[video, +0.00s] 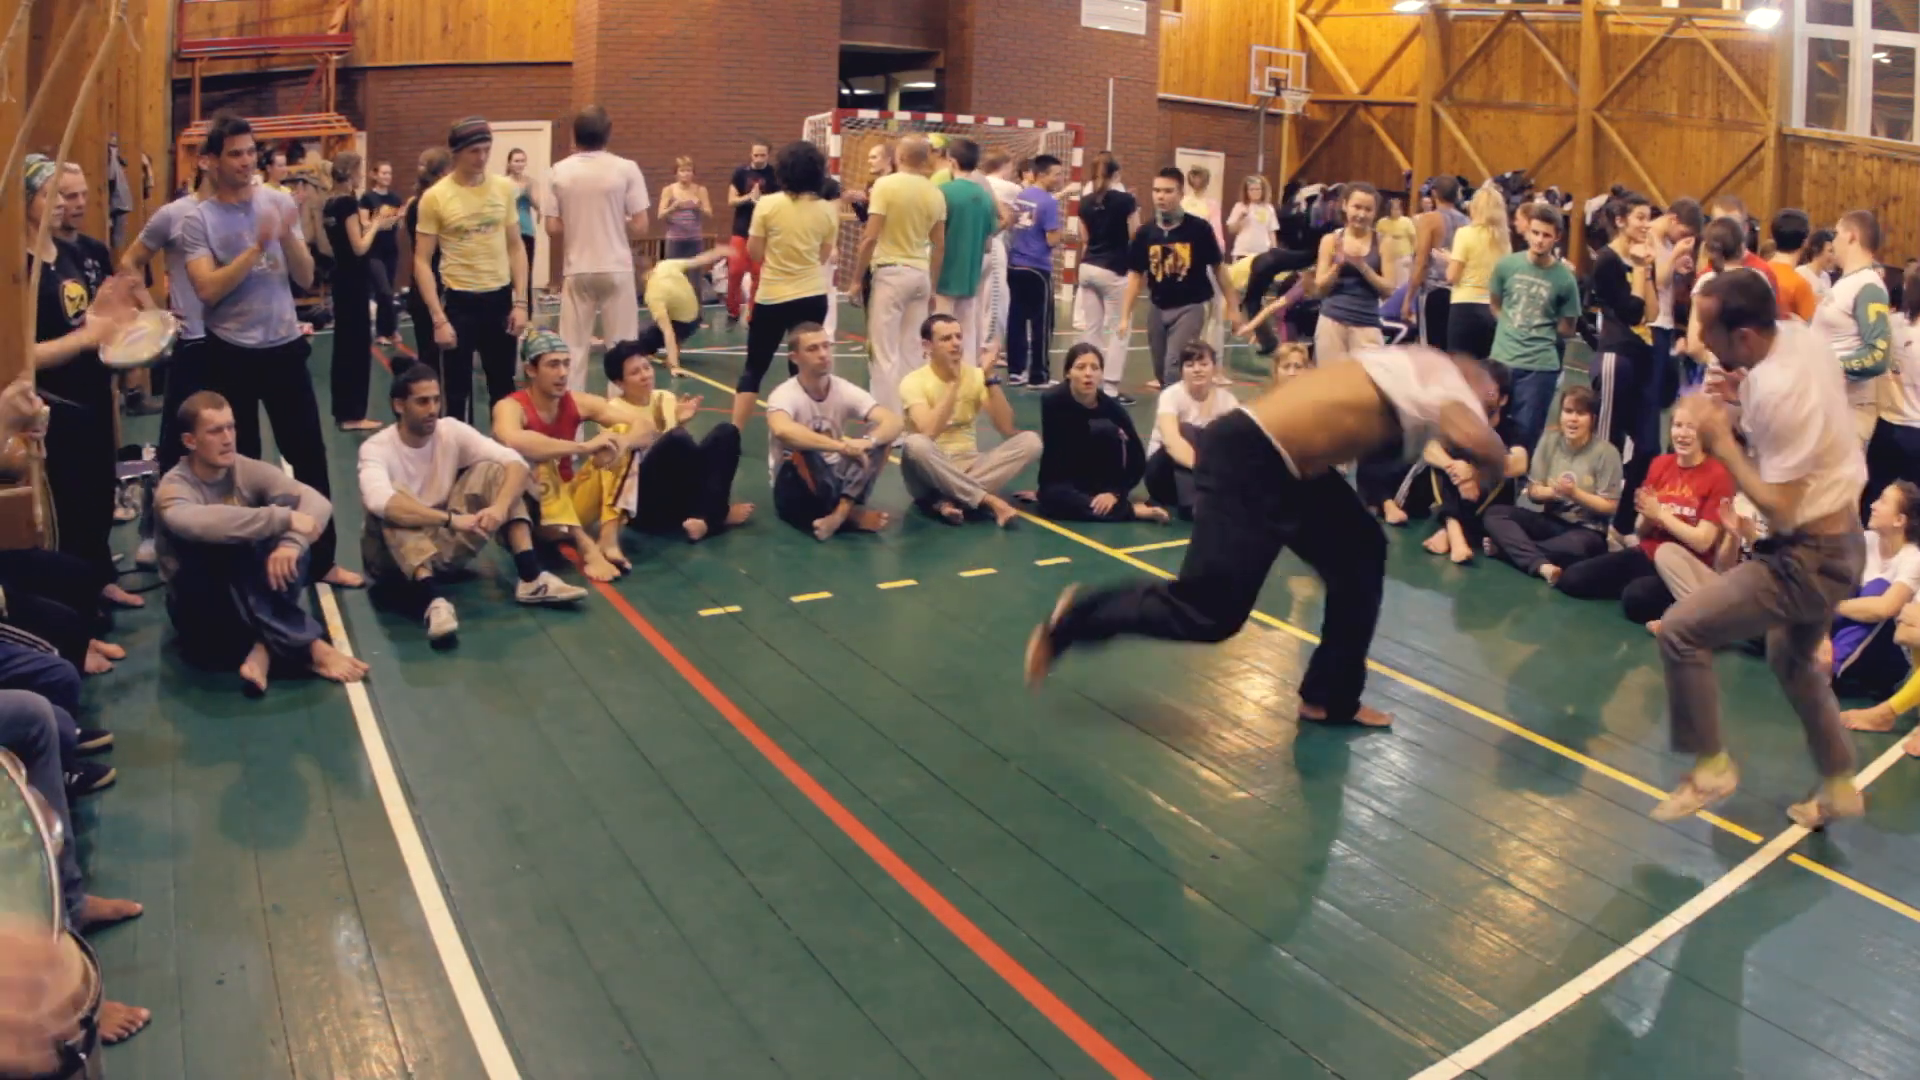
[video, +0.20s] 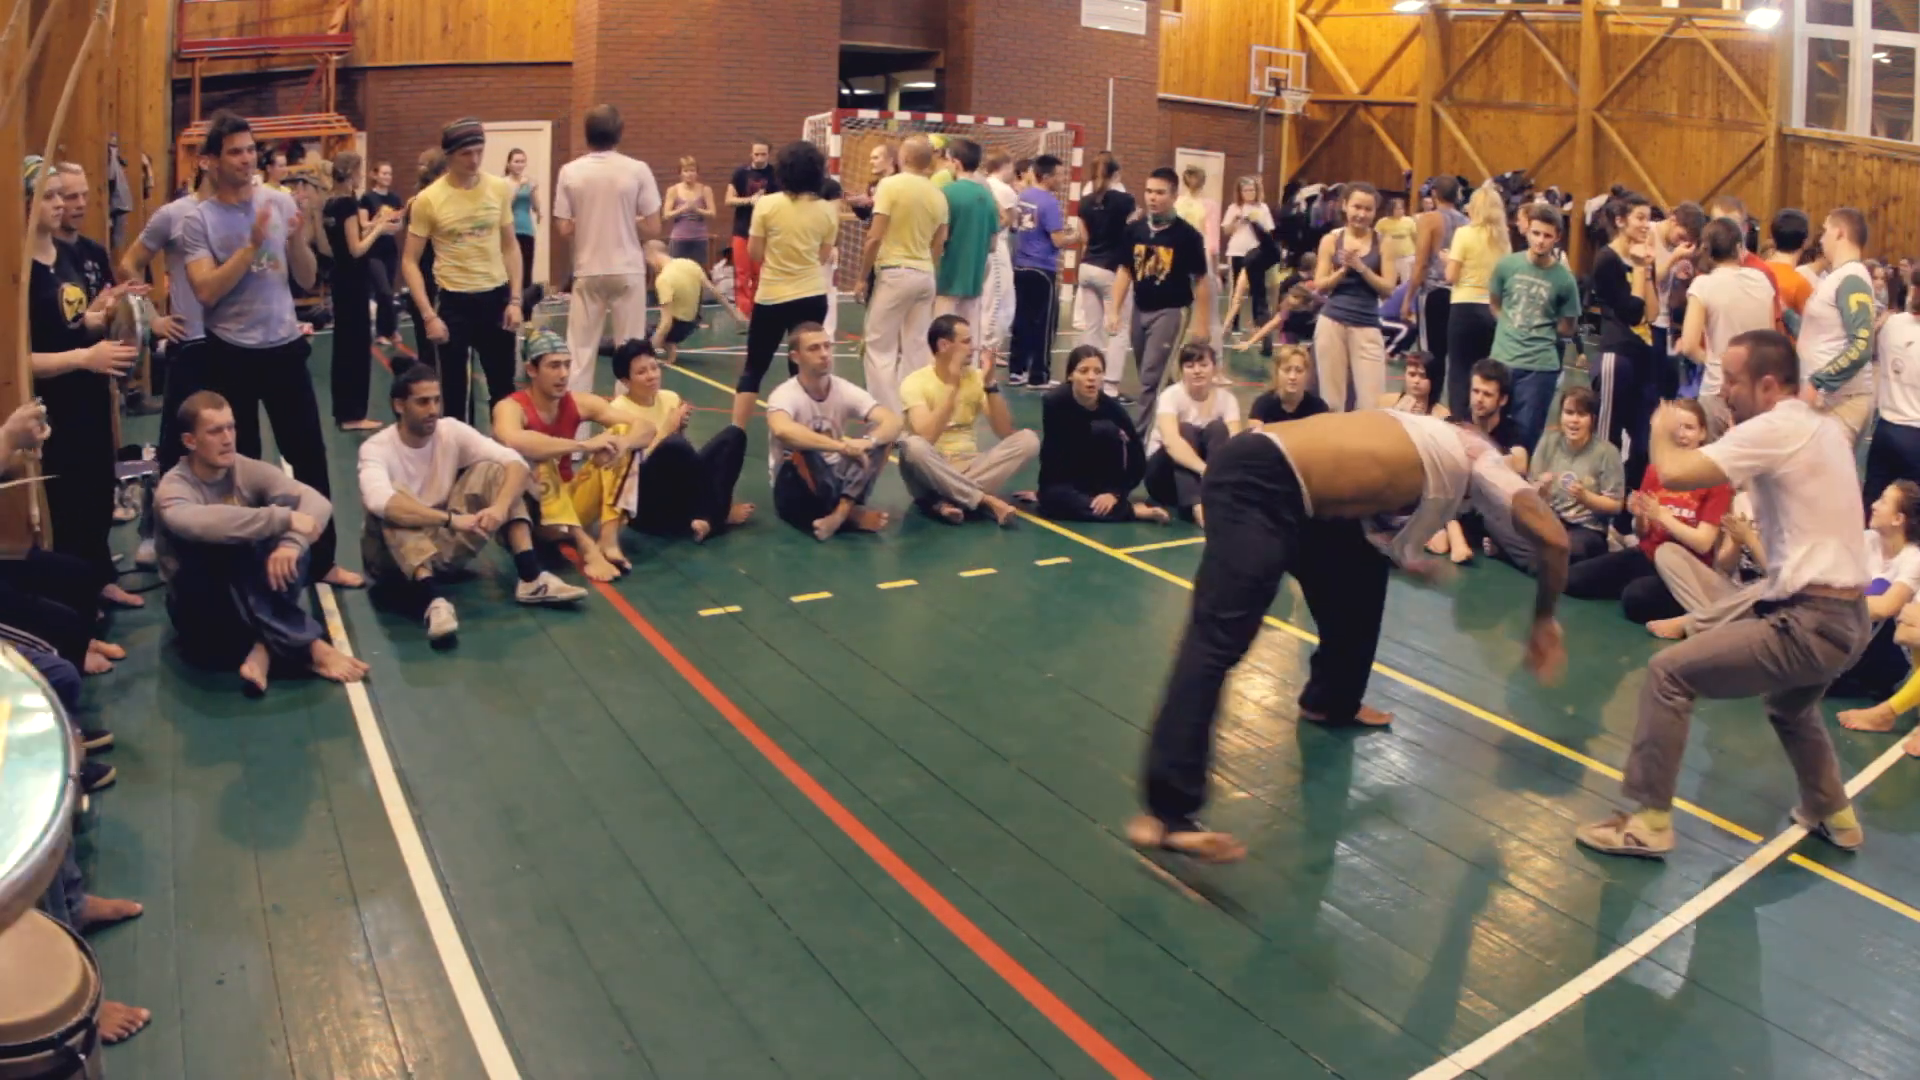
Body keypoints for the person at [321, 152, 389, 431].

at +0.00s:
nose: (366, 175)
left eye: (364, 169)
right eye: (363, 170)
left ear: (339, 172)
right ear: (353, 173)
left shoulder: (330, 204)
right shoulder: (348, 204)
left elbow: (341, 245)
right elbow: (359, 246)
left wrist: (371, 223)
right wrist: (375, 224)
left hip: (341, 276)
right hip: (355, 279)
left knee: (346, 341)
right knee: (357, 343)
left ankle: (344, 411)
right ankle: (352, 415)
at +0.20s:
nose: (366, 175)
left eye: (364, 169)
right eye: (363, 170)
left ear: (338, 173)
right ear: (353, 174)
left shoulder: (330, 205)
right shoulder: (348, 205)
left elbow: (341, 245)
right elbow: (356, 248)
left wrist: (370, 226)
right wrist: (379, 227)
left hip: (341, 277)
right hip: (354, 279)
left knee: (346, 341)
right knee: (357, 342)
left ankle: (345, 411)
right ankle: (352, 415)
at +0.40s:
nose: (366, 176)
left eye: (365, 170)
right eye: (363, 170)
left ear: (338, 172)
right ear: (353, 173)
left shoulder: (329, 205)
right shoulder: (348, 205)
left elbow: (341, 245)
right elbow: (356, 248)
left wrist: (366, 225)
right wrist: (378, 227)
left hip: (340, 278)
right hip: (354, 281)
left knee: (346, 342)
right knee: (357, 344)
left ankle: (345, 413)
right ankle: (353, 416)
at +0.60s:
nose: (365, 175)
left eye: (364, 170)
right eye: (363, 170)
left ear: (338, 172)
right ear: (352, 173)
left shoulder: (329, 205)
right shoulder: (348, 205)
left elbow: (344, 244)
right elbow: (356, 249)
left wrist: (369, 226)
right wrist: (380, 229)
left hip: (339, 278)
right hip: (354, 281)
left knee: (345, 342)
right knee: (358, 343)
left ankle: (346, 413)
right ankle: (355, 416)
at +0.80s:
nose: (366, 175)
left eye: (365, 169)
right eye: (364, 170)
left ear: (338, 172)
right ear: (354, 173)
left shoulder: (330, 205)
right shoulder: (348, 206)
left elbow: (344, 245)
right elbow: (355, 250)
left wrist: (370, 226)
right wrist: (377, 228)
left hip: (339, 279)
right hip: (353, 281)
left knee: (346, 343)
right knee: (358, 344)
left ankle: (347, 413)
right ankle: (355, 416)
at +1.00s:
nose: (366, 176)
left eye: (365, 171)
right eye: (365, 171)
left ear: (338, 172)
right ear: (356, 174)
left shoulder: (330, 205)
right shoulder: (349, 206)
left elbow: (344, 245)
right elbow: (355, 250)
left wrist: (372, 227)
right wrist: (380, 229)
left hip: (339, 279)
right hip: (352, 282)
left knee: (348, 344)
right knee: (358, 346)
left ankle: (347, 412)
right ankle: (354, 416)